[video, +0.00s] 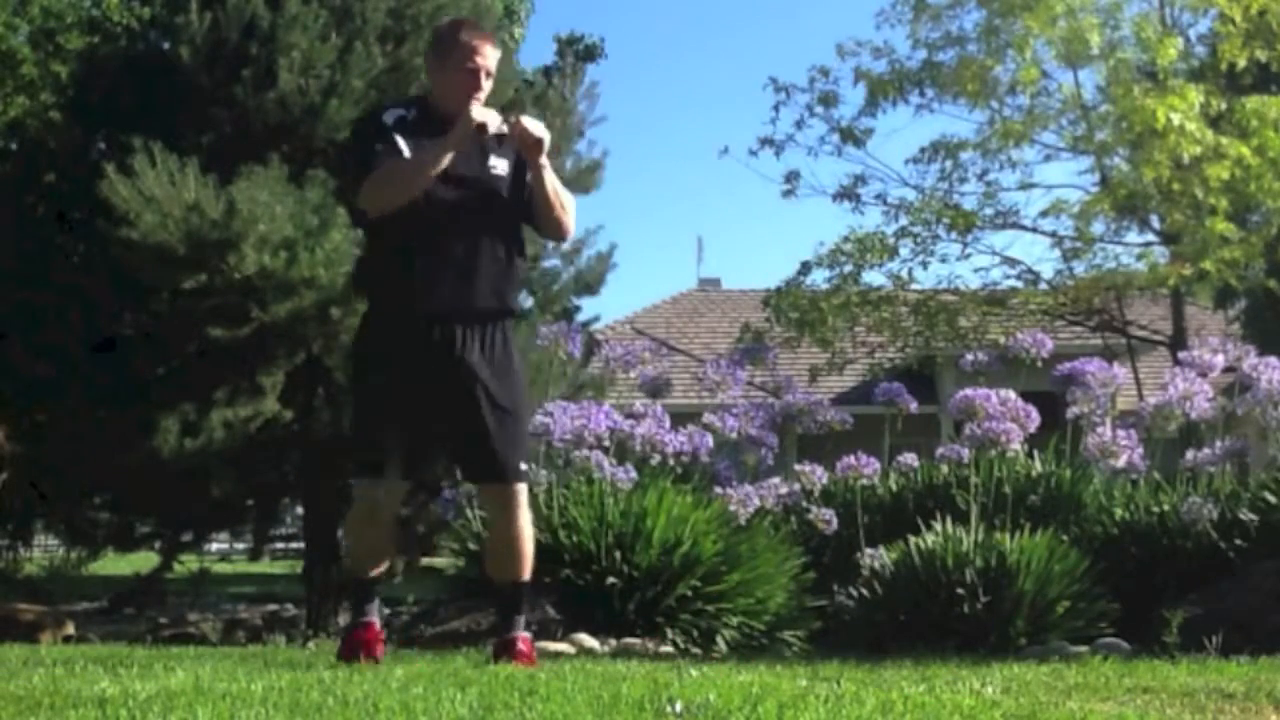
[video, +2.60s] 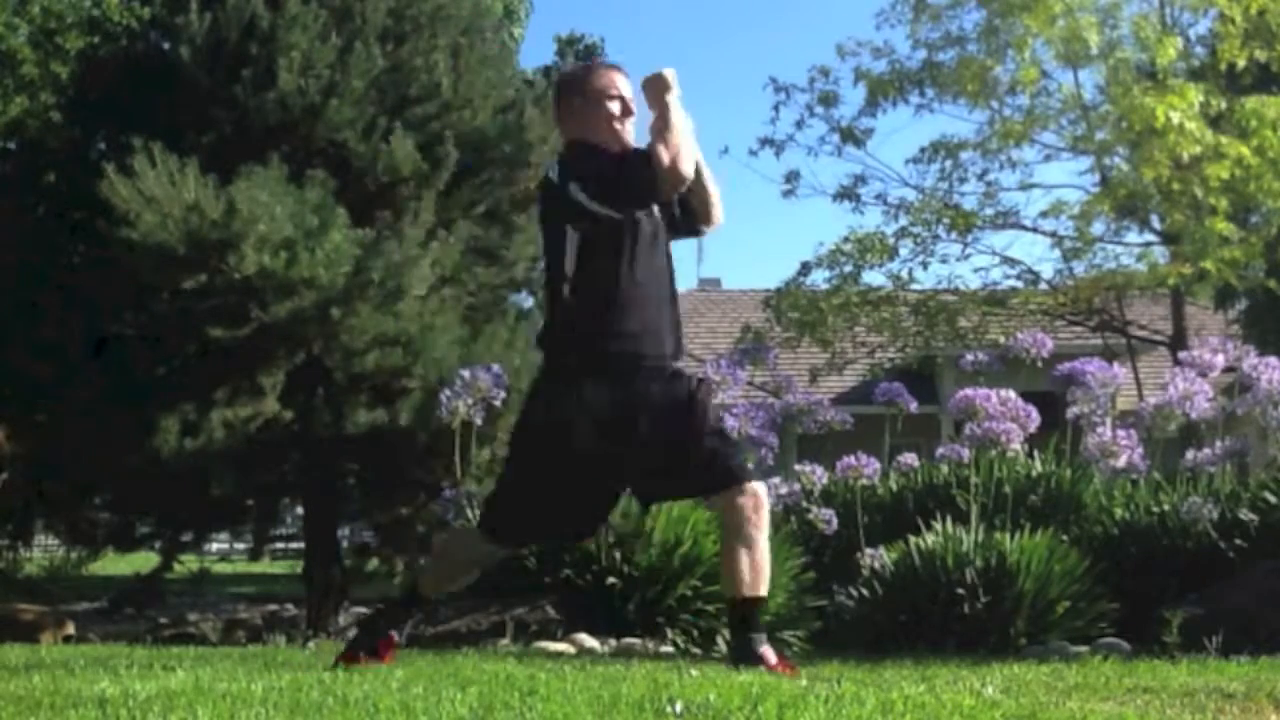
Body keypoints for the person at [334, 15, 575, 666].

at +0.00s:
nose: (476, 81)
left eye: (486, 74)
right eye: (466, 68)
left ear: (496, 82)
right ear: (432, 64)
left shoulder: (511, 144)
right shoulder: (390, 127)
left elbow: (561, 228)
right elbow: (372, 200)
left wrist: (537, 161)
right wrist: (453, 139)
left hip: (487, 334)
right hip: (401, 332)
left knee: (507, 488)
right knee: (380, 490)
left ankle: (513, 633)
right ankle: (364, 620)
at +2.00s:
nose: (453, 86)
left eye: (463, 78)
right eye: (442, 73)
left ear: (472, 87)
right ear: (406, 71)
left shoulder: (494, 151)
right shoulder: (367, 141)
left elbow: (551, 225)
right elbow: (349, 200)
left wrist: (514, 161)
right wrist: (422, 132)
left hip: (481, 344)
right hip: (390, 343)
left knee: (506, 492)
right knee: (369, 499)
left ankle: (502, 637)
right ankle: (348, 636)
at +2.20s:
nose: (475, 90)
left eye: (484, 82)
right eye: (463, 78)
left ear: (491, 91)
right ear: (425, 80)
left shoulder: (510, 156)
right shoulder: (385, 148)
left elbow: (565, 234)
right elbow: (372, 211)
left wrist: (533, 167)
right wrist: (447, 143)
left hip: (506, 347)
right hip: (417, 351)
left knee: (579, 462)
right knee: (380, 507)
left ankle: (548, 607)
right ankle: (351, 641)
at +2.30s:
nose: (501, 86)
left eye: (510, 78)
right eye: (488, 74)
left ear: (520, 86)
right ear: (451, 76)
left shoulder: (535, 148)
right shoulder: (412, 143)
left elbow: (593, 227)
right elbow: (404, 203)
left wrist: (564, 157)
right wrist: (476, 136)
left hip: (531, 348)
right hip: (439, 353)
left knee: (609, 458)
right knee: (394, 504)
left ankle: (622, 618)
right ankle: (355, 631)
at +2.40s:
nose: (536, 110)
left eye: (543, 101)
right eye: (521, 98)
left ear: (550, 110)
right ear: (481, 101)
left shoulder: (568, 177)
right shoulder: (440, 164)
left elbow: (634, 240)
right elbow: (453, 212)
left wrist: (604, 164)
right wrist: (525, 147)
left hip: (553, 375)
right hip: (459, 376)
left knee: (626, 490)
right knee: (404, 518)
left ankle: (708, 618)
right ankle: (360, 637)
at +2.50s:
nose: (578, 128)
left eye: (584, 118)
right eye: (562, 115)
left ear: (595, 130)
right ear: (521, 126)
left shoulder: (611, 207)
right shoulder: (498, 191)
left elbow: (684, 237)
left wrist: (651, 163)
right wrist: (603, 141)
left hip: (593, 402)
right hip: (501, 398)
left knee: (677, 512)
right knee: (421, 531)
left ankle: (725, 646)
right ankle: (364, 640)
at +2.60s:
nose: (628, 112)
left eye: (631, 104)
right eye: (613, 101)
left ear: (634, 116)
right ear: (570, 114)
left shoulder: (635, 180)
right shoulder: (573, 178)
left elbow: (706, 215)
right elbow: (666, 175)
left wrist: (683, 140)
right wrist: (668, 107)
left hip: (658, 385)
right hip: (582, 388)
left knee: (746, 495)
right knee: (499, 533)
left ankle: (750, 642)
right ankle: (388, 623)